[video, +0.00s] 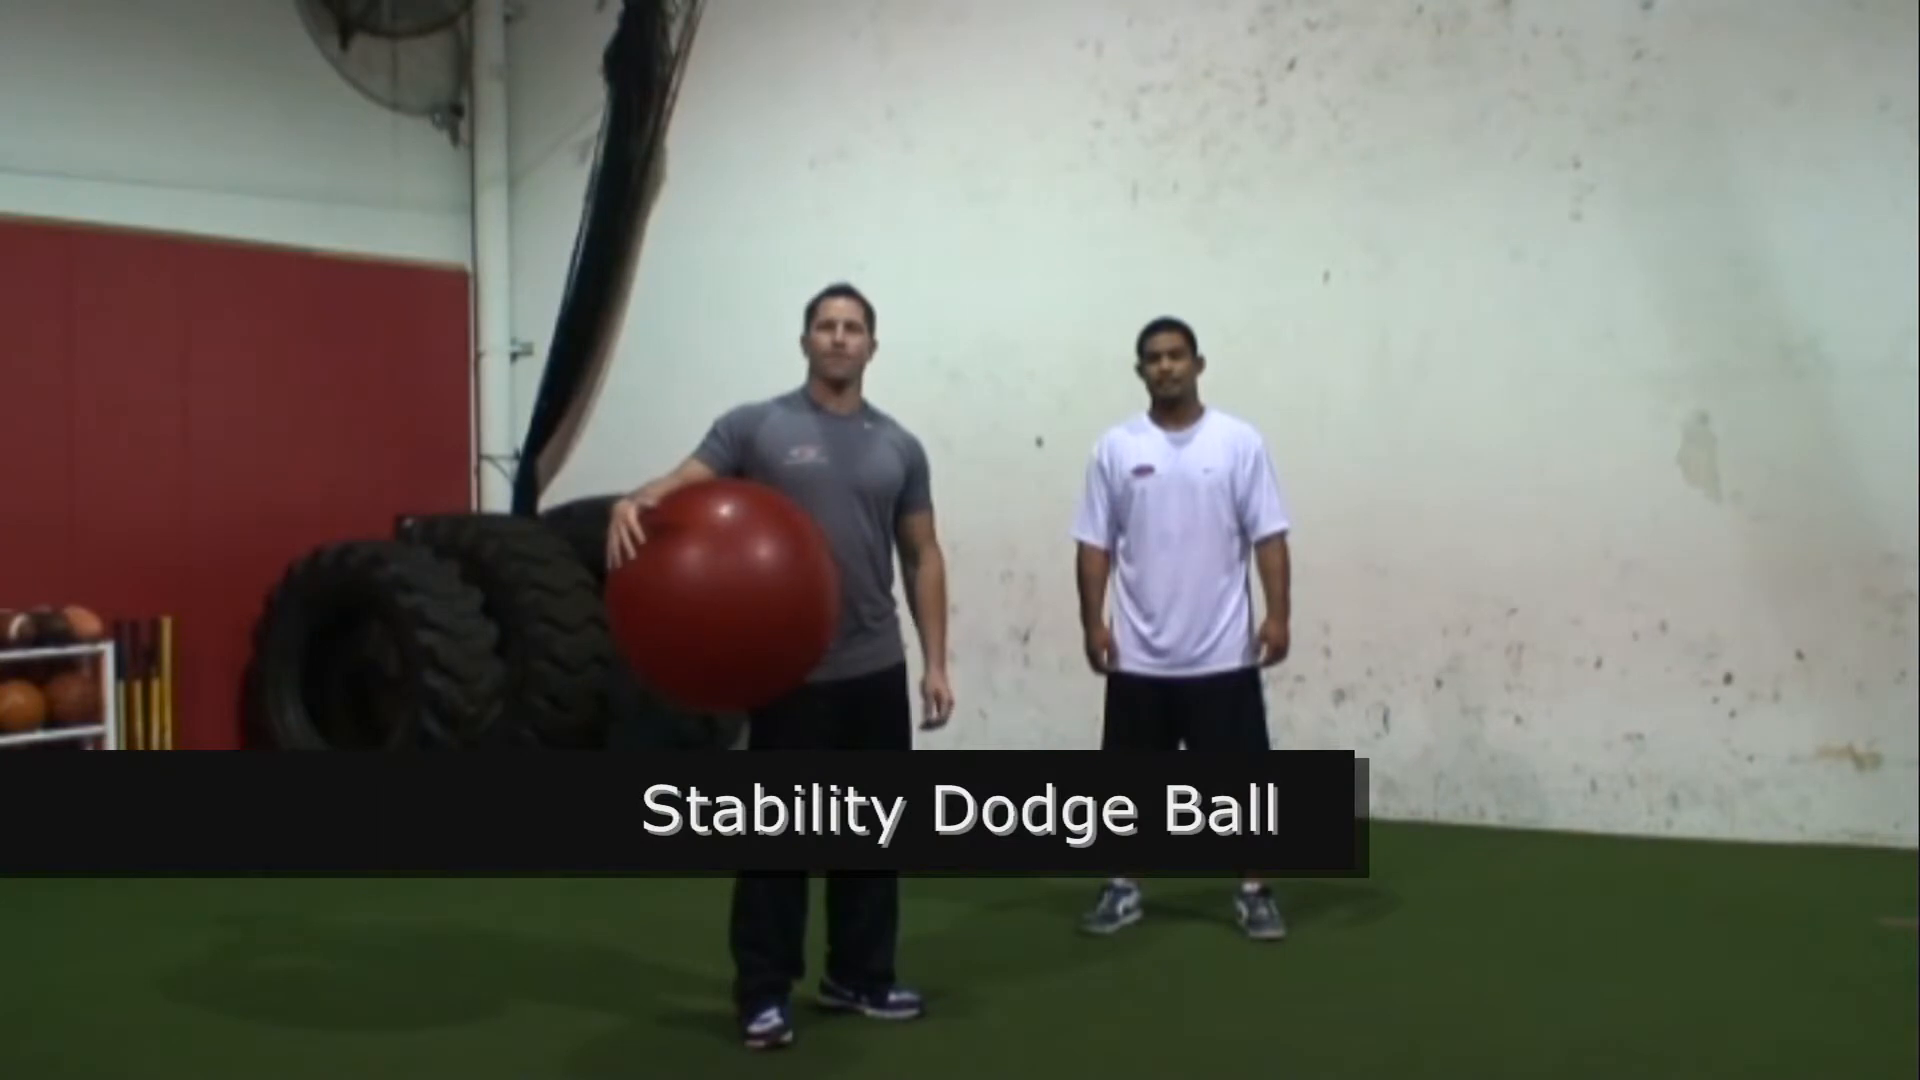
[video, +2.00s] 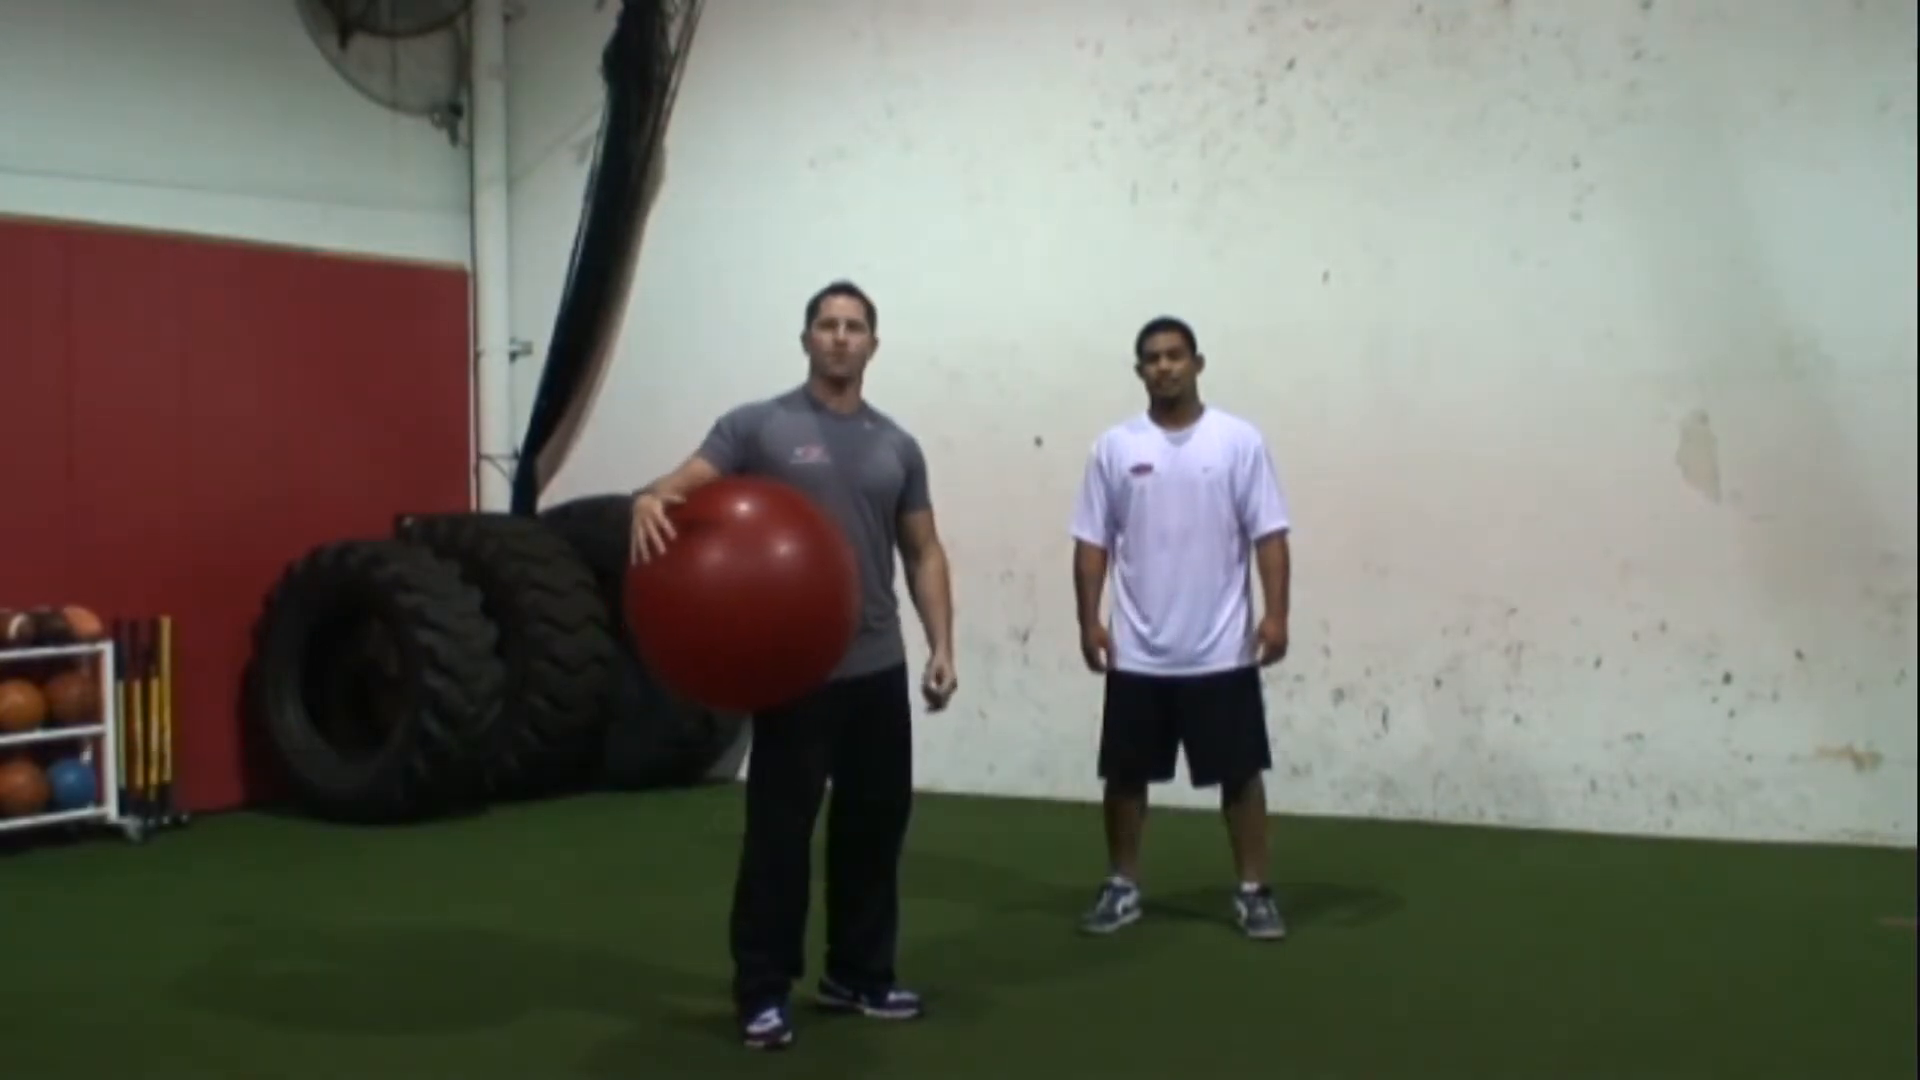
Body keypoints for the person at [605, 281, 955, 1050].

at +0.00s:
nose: (839, 337)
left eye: (853, 327)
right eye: (827, 326)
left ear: (872, 345)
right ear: (804, 341)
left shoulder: (899, 447)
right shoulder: (754, 426)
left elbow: (923, 554)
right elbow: (681, 484)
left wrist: (936, 661)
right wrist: (630, 504)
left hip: (874, 669)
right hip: (785, 674)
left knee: (873, 833)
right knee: (777, 835)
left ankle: (860, 976)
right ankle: (765, 994)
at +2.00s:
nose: (841, 337)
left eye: (854, 326)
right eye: (828, 325)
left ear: (874, 343)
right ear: (806, 339)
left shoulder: (897, 447)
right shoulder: (757, 425)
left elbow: (923, 549)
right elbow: (687, 481)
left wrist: (941, 644)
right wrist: (648, 499)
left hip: (877, 669)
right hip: (789, 670)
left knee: (874, 827)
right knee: (779, 834)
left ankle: (860, 975)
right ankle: (764, 993)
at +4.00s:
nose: (850, 340)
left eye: (862, 330)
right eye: (836, 328)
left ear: (877, 345)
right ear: (809, 338)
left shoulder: (895, 446)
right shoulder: (761, 422)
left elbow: (915, 548)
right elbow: (688, 485)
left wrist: (933, 636)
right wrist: (660, 509)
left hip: (876, 670)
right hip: (792, 669)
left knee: (873, 828)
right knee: (783, 834)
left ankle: (860, 976)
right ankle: (764, 994)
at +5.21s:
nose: (847, 343)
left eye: (860, 332)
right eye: (834, 331)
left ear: (877, 347)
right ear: (810, 343)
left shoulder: (899, 446)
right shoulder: (760, 426)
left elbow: (936, 545)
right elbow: (689, 484)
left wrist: (909, 561)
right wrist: (647, 507)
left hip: (878, 669)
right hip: (791, 671)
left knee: (877, 824)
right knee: (780, 832)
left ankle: (859, 976)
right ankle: (765, 993)